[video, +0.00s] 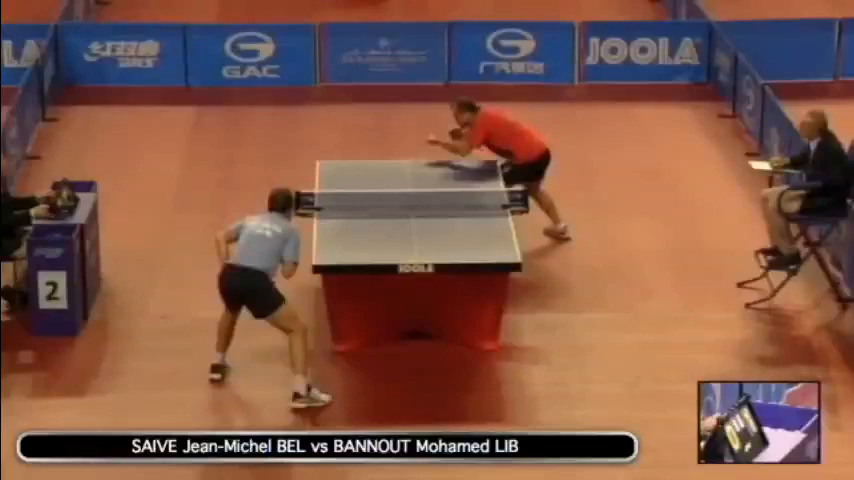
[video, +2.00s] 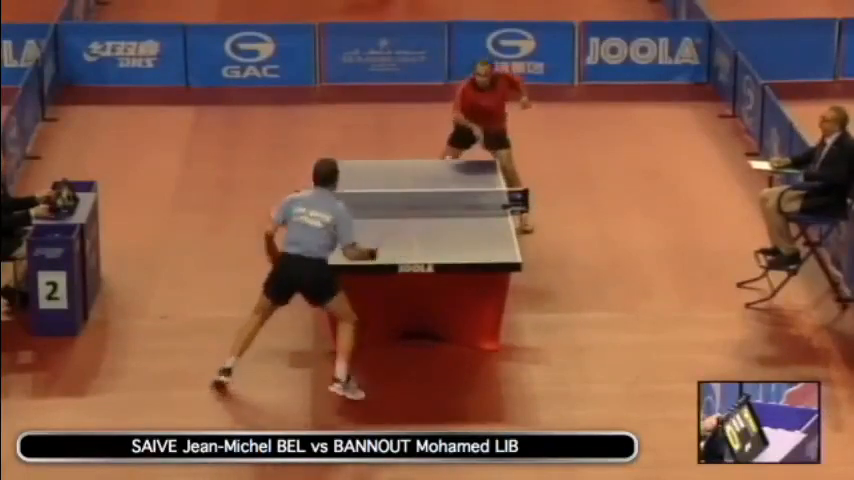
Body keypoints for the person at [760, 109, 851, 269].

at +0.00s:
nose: (801, 126)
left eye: (807, 123)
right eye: (802, 123)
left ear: (818, 127)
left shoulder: (830, 148)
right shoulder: (814, 144)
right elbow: (803, 160)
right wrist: (785, 163)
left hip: (829, 201)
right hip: (816, 193)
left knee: (775, 204)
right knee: (767, 196)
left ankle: (790, 253)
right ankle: (780, 246)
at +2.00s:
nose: (821, 123)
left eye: (826, 121)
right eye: (822, 119)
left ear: (838, 125)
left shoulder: (846, 146)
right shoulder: (826, 141)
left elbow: (836, 177)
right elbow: (807, 158)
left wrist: (807, 175)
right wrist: (786, 162)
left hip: (830, 199)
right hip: (814, 191)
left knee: (774, 204)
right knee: (766, 197)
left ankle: (790, 253)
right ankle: (780, 247)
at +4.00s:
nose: (820, 123)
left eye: (825, 120)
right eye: (821, 119)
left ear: (837, 125)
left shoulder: (846, 147)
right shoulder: (826, 141)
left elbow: (837, 178)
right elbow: (807, 158)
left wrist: (806, 175)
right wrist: (786, 162)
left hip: (829, 199)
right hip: (815, 191)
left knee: (773, 204)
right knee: (765, 197)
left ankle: (789, 253)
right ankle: (780, 247)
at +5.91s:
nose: (820, 122)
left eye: (825, 119)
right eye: (821, 118)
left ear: (837, 124)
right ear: (834, 123)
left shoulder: (846, 147)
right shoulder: (827, 140)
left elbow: (836, 177)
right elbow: (808, 158)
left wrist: (803, 175)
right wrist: (787, 163)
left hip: (829, 199)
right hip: (815, 191)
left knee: (773, 205)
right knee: (765, 197)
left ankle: (790, 254)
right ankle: (780, 247)